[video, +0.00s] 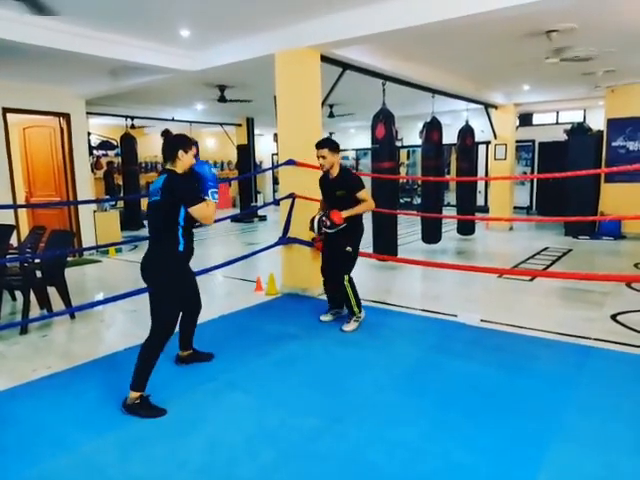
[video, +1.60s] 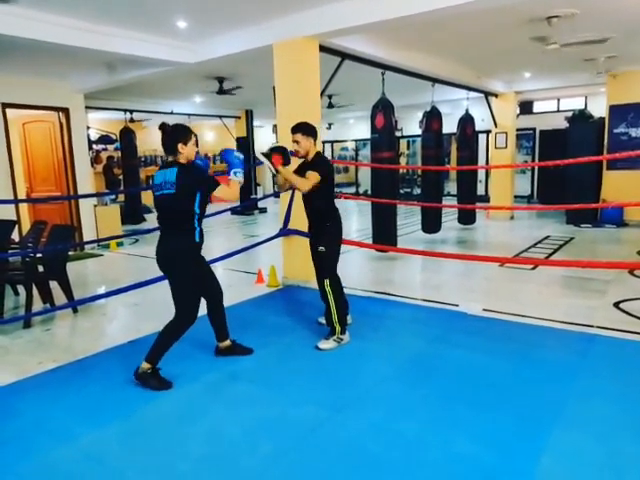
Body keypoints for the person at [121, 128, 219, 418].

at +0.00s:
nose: (194, 161)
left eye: (194, 156)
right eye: (192, 155)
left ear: (172, 155)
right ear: (181, 155)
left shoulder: (161, 181)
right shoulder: (180, 182)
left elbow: (195, 215)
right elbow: (207, 216)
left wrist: (202, 204)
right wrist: (207, 191)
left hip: (169, 261)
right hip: (166, 265)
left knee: (192, 306)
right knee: (163, 328)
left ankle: (185, 351)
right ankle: (135, 396)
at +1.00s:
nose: (183, 148)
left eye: (182, 142)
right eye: (180, 142)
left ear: (164, 148)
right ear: (167, 147)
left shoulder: (172, 176)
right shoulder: (152, 181)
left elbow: (185, 211)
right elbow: (182, 221)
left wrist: (200, 178)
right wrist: (193, 187)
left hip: (175, 259)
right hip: (154, 264)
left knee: (209, 298)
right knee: (171, 331)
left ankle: (192, 350)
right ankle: (142, 401)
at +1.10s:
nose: (190, 152)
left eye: (189, 147)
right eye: (186, 147)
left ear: (173, 152)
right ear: (173, 151)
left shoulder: (184, 179)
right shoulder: (156, 184)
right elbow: (179, 224)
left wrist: (239, 158)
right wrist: (192, 191)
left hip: (182, 261)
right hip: (158, 266)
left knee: (215, 300)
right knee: (173, 331)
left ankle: (215, 344)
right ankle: (143, 401)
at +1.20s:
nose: (196, 151)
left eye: (195, 146)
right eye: (192, 146)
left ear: (181, 151)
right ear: (179, 151)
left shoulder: (191, 176)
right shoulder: (163, 185)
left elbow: (229, 166)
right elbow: (185, 221)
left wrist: (256, 155)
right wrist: (198, 188)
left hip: (187, 262)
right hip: (165, 265)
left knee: (217, 300)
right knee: (174, 329)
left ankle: (222, 345)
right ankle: (144, 400)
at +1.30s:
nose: (200, 146)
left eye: (198, 141)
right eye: (197, 141)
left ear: (177, 147)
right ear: (188, 145)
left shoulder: (173, 172)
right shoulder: (195, 171)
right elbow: (235, 186)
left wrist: (216, 166)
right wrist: (234, 159)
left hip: (176, 249)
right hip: (185, 253)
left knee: (215, 294)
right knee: (178, 319)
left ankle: (223, 343)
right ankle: (139, 380)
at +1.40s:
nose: (201, 144)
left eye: (199, 139)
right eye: (198, 140)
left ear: (176, 147)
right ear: (190, 145)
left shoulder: (167, 175)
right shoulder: (207, 163)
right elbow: (248, 160)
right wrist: (255, 140)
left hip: (172, 248)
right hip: (189, 250)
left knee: (211, 290)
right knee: (180, 314)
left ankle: (222, 343)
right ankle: (140, 368)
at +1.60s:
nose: (196, 149)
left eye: (195, 145)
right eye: (193, 145)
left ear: (173, 148)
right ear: (181, 147)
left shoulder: (160, 175)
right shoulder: (193, 174)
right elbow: (230, 195)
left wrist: (208, 187)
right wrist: (231, 177)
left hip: (168, 250)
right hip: (184, 252)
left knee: (214, 292)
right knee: (187, 315)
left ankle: (225, 343)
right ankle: (147, 367)